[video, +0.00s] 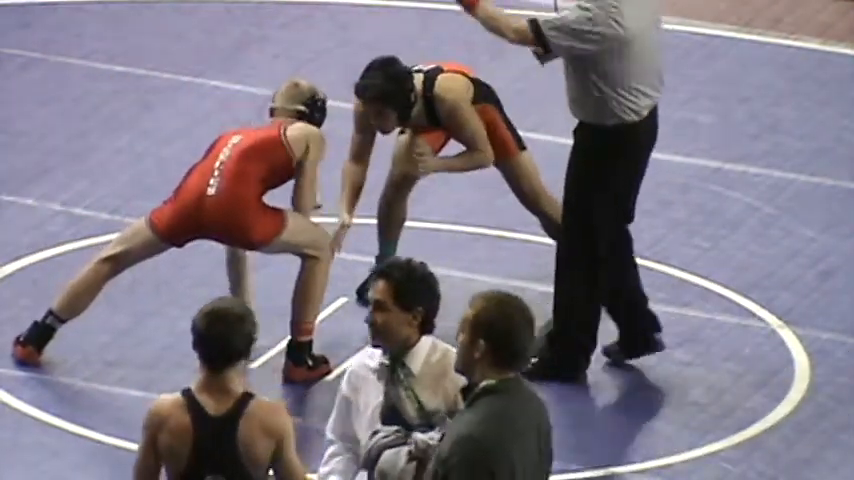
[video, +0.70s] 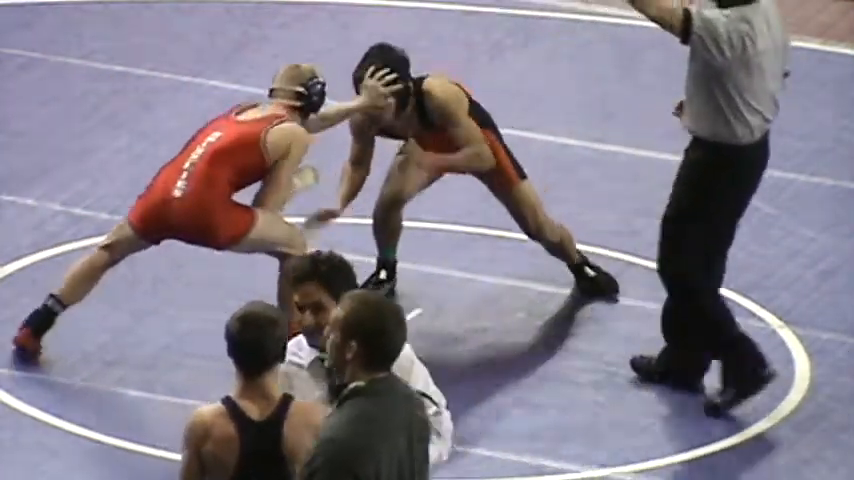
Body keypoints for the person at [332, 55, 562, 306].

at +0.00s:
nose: (371, 121)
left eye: (378, 114)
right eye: (368, 113)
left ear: (401, 105)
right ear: (362, 104)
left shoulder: (449, 97)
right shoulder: (367, 106)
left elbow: (484, 157)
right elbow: (357, 160)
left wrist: (436, 164)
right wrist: (346, 213)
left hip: (474, 107)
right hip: (424, 116)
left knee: (535, 198)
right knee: (396, 185)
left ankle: (594, 258)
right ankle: (383, 268)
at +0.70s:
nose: (369, 108)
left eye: (376, 101)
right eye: (365, 101)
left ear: (399, 94)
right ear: (361, 96)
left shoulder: (440, 98)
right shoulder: (365, 113)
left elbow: (483, 157)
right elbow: (357, 162)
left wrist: (432, 164)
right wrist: (340, 206)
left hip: (472, 138)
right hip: (426, 144)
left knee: (538, 229)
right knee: (388, 203)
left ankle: (581, 270)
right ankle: (384, 272)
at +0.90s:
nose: (370, 100)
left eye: (377, 95)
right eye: (369, 93)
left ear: (401, 95)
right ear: (371, 89)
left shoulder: (435, 109)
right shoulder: (371, 104)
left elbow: (395, 178)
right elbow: (339, 149)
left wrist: (338, 162)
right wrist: (315, 148)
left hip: (485, 153)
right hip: (441, 150)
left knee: (531, 248)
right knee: (390, 197)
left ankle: (590, 258)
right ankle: (390, 273)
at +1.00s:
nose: (346, 96)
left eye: (354, 90)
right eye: (345, 87)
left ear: (379, 90)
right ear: (352, 86)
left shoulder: (414, 119)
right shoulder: (358, 98)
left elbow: (395, 204)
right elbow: (320, 140)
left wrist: (335, 212)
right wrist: (304, 175)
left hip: (473, 159)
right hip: (426, 157)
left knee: (530, 259)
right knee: (377, 206)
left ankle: (593, 257)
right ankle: (395, 271)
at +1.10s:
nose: (322, 108)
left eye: (328, 101)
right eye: (320, 100)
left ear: (354, 99)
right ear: (324, 97)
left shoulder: (397, 133)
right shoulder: (335, 117)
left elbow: (411, 213)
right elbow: (315, 176)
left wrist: (358, 255)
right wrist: (297, 233)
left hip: (457, 179)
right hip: (411, 175)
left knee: (522, 273)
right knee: (363, 230)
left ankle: (581, 256)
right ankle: (395, 268)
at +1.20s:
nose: (291, 146)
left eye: (297, 137)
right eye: (288, 137)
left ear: (323, 133)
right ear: (302, 138)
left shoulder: (378, 154)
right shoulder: (316, 170)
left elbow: (434, 203)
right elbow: (301, 233)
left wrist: (391, 250)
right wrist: (289, 285)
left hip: (442, 190)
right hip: (397, 197)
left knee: (507, 292)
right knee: (358, 271)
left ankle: (561, 267)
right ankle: (392, 278)